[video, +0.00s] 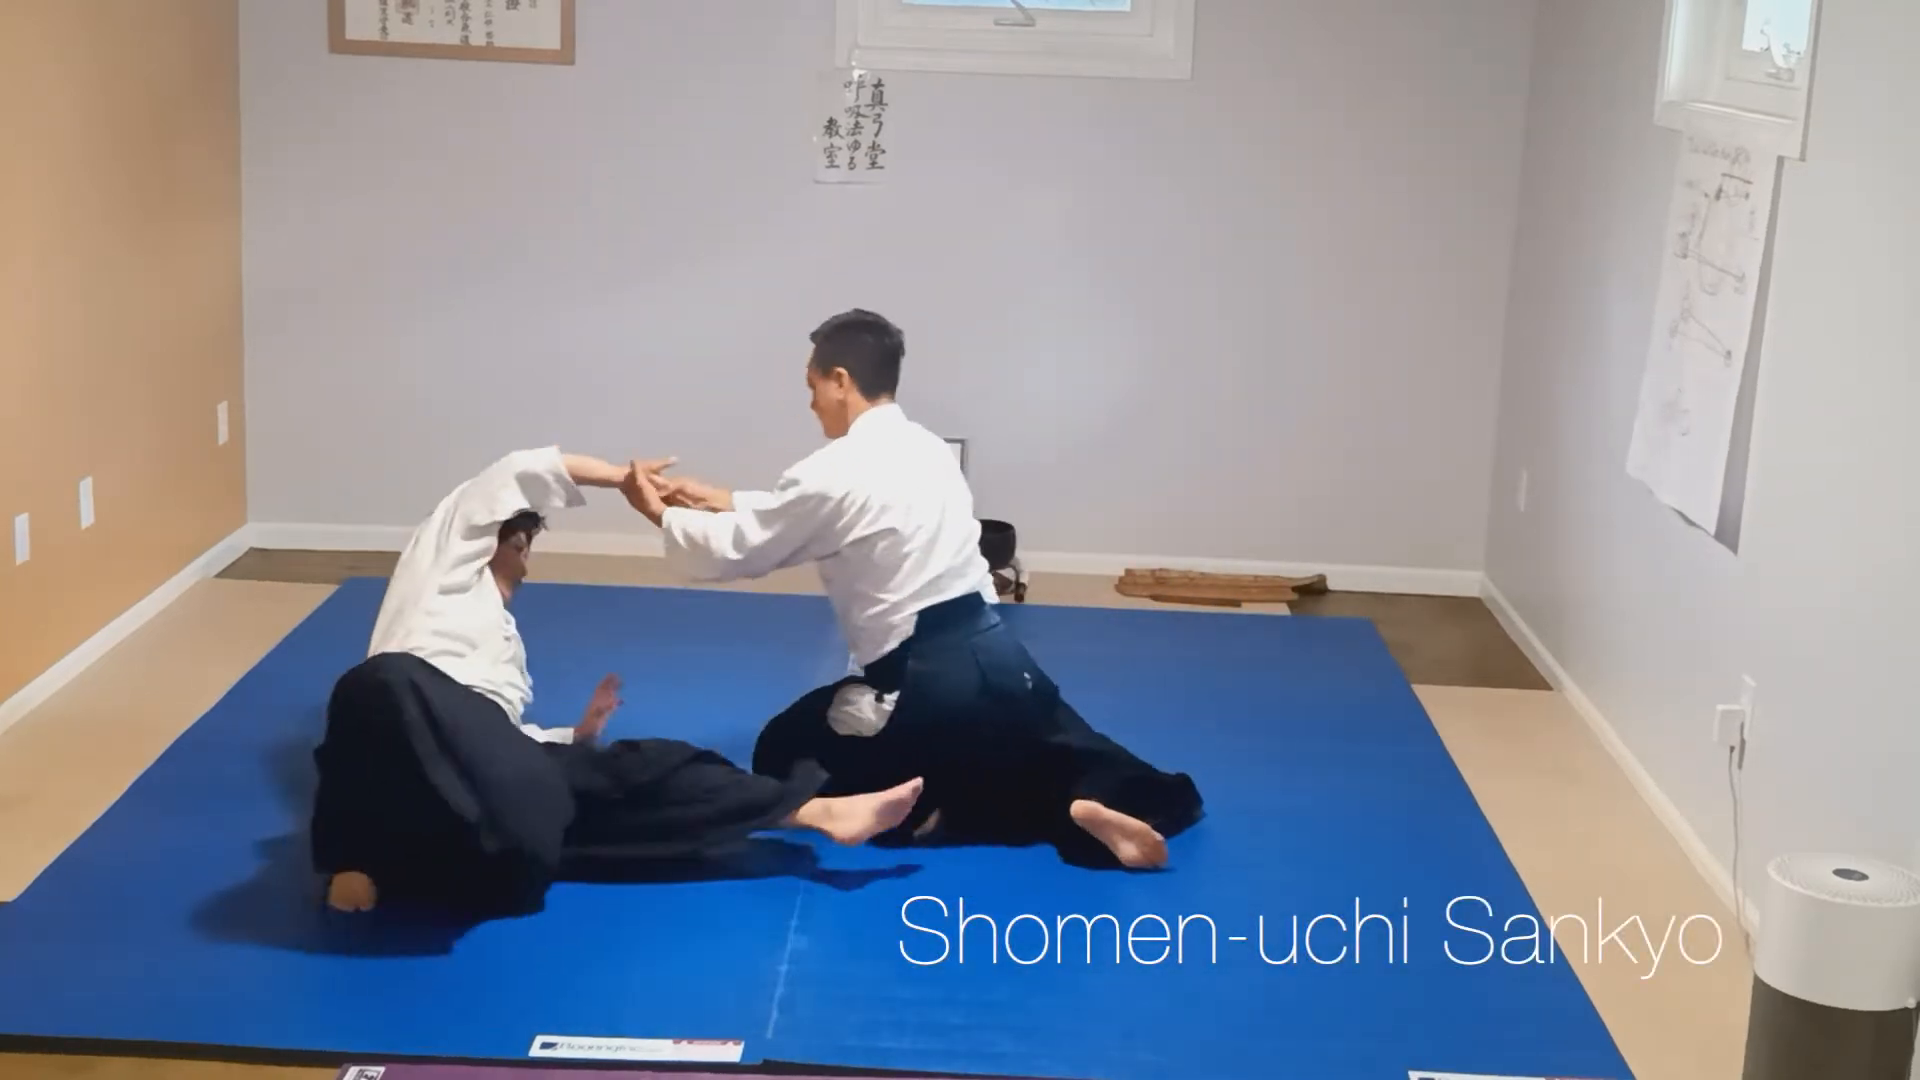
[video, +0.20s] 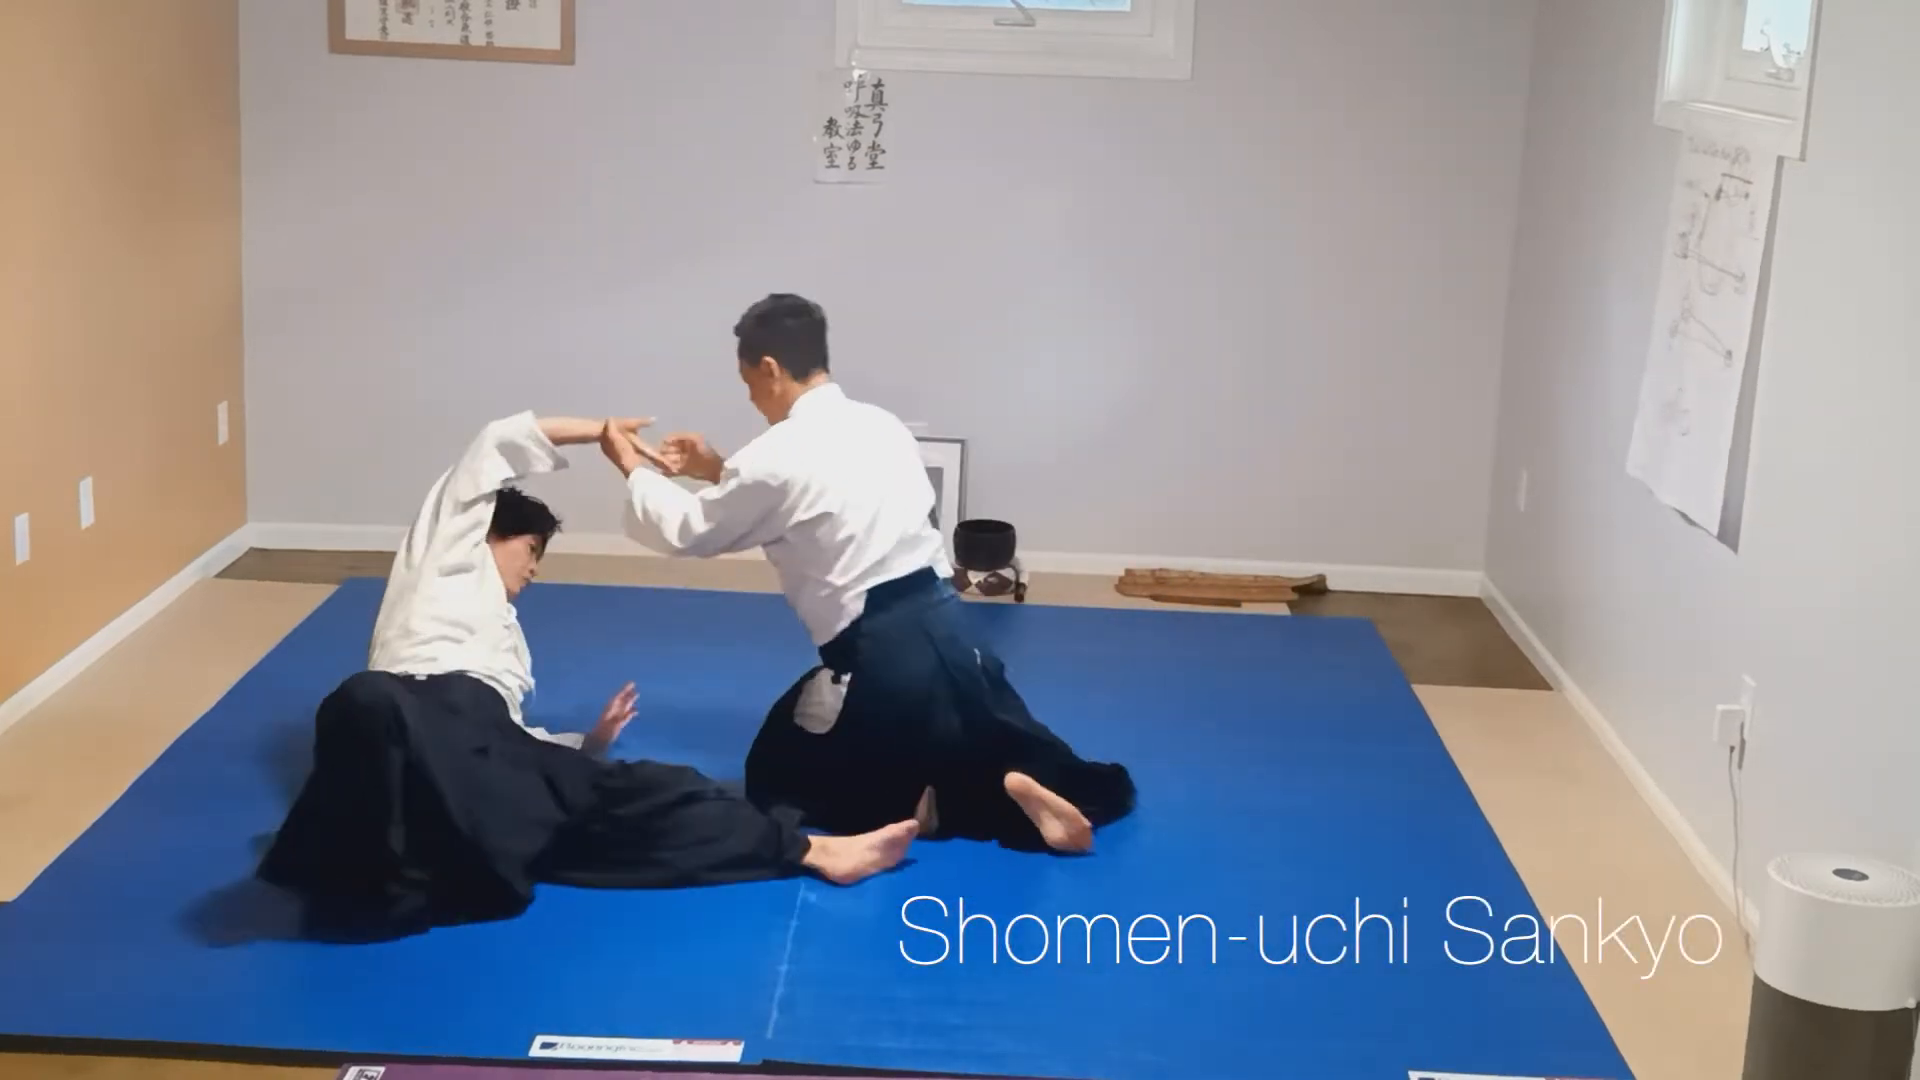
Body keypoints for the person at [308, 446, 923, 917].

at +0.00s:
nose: (528, 560)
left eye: (530, 546)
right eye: (521, 543)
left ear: (512, 551)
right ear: (488, 535)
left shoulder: (500, 641)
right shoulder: (445, 548)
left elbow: (503, 737)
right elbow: (523, 466)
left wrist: (577, 736)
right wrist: (623, 479)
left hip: (499, 771)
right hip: (419, 742)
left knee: (653, 767)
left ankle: (822, 814)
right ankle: (362, 866)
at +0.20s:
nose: (534, 572)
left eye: (538, 560)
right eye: (532, 553)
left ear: (512, 549)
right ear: (496, 532)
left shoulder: (499, 637)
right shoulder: (445, 538)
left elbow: (509, 746)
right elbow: (497, 437)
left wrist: (587, 746)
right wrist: (602, 429)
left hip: (493, 757)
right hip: (420, 725)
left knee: (659, 794)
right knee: (368, 695)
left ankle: (817, 849)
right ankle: (396, 867)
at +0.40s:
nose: (559, 577)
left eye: (565, 567)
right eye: (561, 560)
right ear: (541, 532)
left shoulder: (517, 618)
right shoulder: (497, 515)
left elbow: (510, 720)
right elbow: (543, 422)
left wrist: (586, 734)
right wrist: (642, 420)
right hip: (444, 680)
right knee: (604, 761)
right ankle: (674, 837)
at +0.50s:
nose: (558, 583)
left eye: (562, 575)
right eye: (561, 570)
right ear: (551, 544)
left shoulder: (534, 612)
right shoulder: (513, 511)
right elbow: (569, 431)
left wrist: (577, 725)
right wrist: (643, 437)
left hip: (392, 693)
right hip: (482, 669)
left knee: (413, 796)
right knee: (595, 752)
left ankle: (354, 884)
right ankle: (605, 824)